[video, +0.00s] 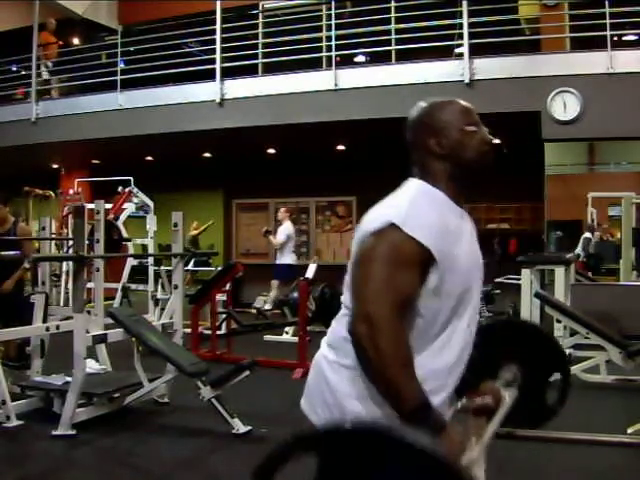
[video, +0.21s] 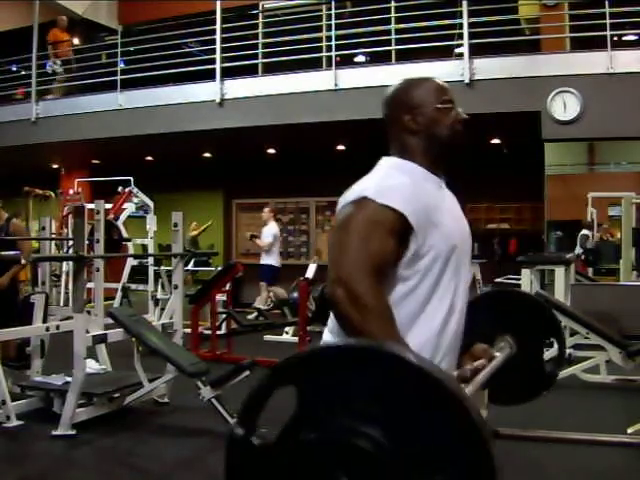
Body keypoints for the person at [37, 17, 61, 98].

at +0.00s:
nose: (53, 26)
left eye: (54, 24)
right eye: (51, 24)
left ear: (55, 25)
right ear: (47, 25)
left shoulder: (52, 36)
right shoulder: (44, 35)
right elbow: (40, 48)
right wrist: (43, 59)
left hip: (53, 60)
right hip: (46, 60)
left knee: (54, 77)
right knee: (45, 78)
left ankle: (54, 93)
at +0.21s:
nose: (64, 23)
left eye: (65, 21)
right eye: (62, 21)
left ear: (67, 22)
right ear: (58, 22)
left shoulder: (66, 34)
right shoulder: (53, 33)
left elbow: (69, 48)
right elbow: (50, 46)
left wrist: (72, 58)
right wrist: (52, 58)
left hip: (68, 58)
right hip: (59, 59)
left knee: (70, 75)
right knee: (60, 76)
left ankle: (70, 92)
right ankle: (57, 93)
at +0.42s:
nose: (75, 22)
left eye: (76, 20)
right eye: (73, 20)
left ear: (77, 21)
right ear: (69, 21)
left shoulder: (77, 34)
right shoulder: (65, 32)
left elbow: (81, 47)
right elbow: (60, 45)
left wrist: (88, 56)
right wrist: (61, 58)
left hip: (77, 58)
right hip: (68, 58)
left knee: (67, 79)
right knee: (72, 77)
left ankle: (59, 95)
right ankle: (75, 93)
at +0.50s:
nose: (79, 21)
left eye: (80, 19)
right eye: (77, 19)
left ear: (81, 20)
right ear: (73, 20)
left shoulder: (81, 33)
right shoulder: (69, 31)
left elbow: (85, 47)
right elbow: (64, 45)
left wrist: (93, 55)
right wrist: (65, 58)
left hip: (81, 58)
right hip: (72, 58)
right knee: (76, 77)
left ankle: (63, 93)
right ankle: (79, 93)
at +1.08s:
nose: (115, 17)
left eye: (115, 15)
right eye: (113, 15)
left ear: (115, 16)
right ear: (110, 16)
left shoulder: (115, 26)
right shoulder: (104, 26)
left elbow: (116, 40)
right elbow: (100, 40)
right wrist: (104, 50)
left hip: (114, 52)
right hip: (105, 51)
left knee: (116, 70)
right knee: (104, 69)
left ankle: (116, 88)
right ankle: (91, 89)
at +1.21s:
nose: (123, 14)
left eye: (124, 11)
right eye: (121, 11)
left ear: (125, 13)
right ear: (117, 12)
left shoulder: (124, 26)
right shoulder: (111, 24)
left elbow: (125, 41)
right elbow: (107, 38)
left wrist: (127, 52)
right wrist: (111, 51)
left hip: (121, 51)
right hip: (111, 51)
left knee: (118, 70)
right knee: (117, 69)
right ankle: (103, 88)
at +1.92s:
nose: (165, 5)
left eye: (166, 3)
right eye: (163, 3)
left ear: (167, 4)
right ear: (159, 3)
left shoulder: (165, 16)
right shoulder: (154, 15)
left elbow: (166, 30)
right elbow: (151, 30)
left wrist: (166, 40)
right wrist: (156, 42)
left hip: (165, 43)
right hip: (156, 43)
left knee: (170, 64)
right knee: (151, 65)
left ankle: (171, 84)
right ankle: (147, 86)